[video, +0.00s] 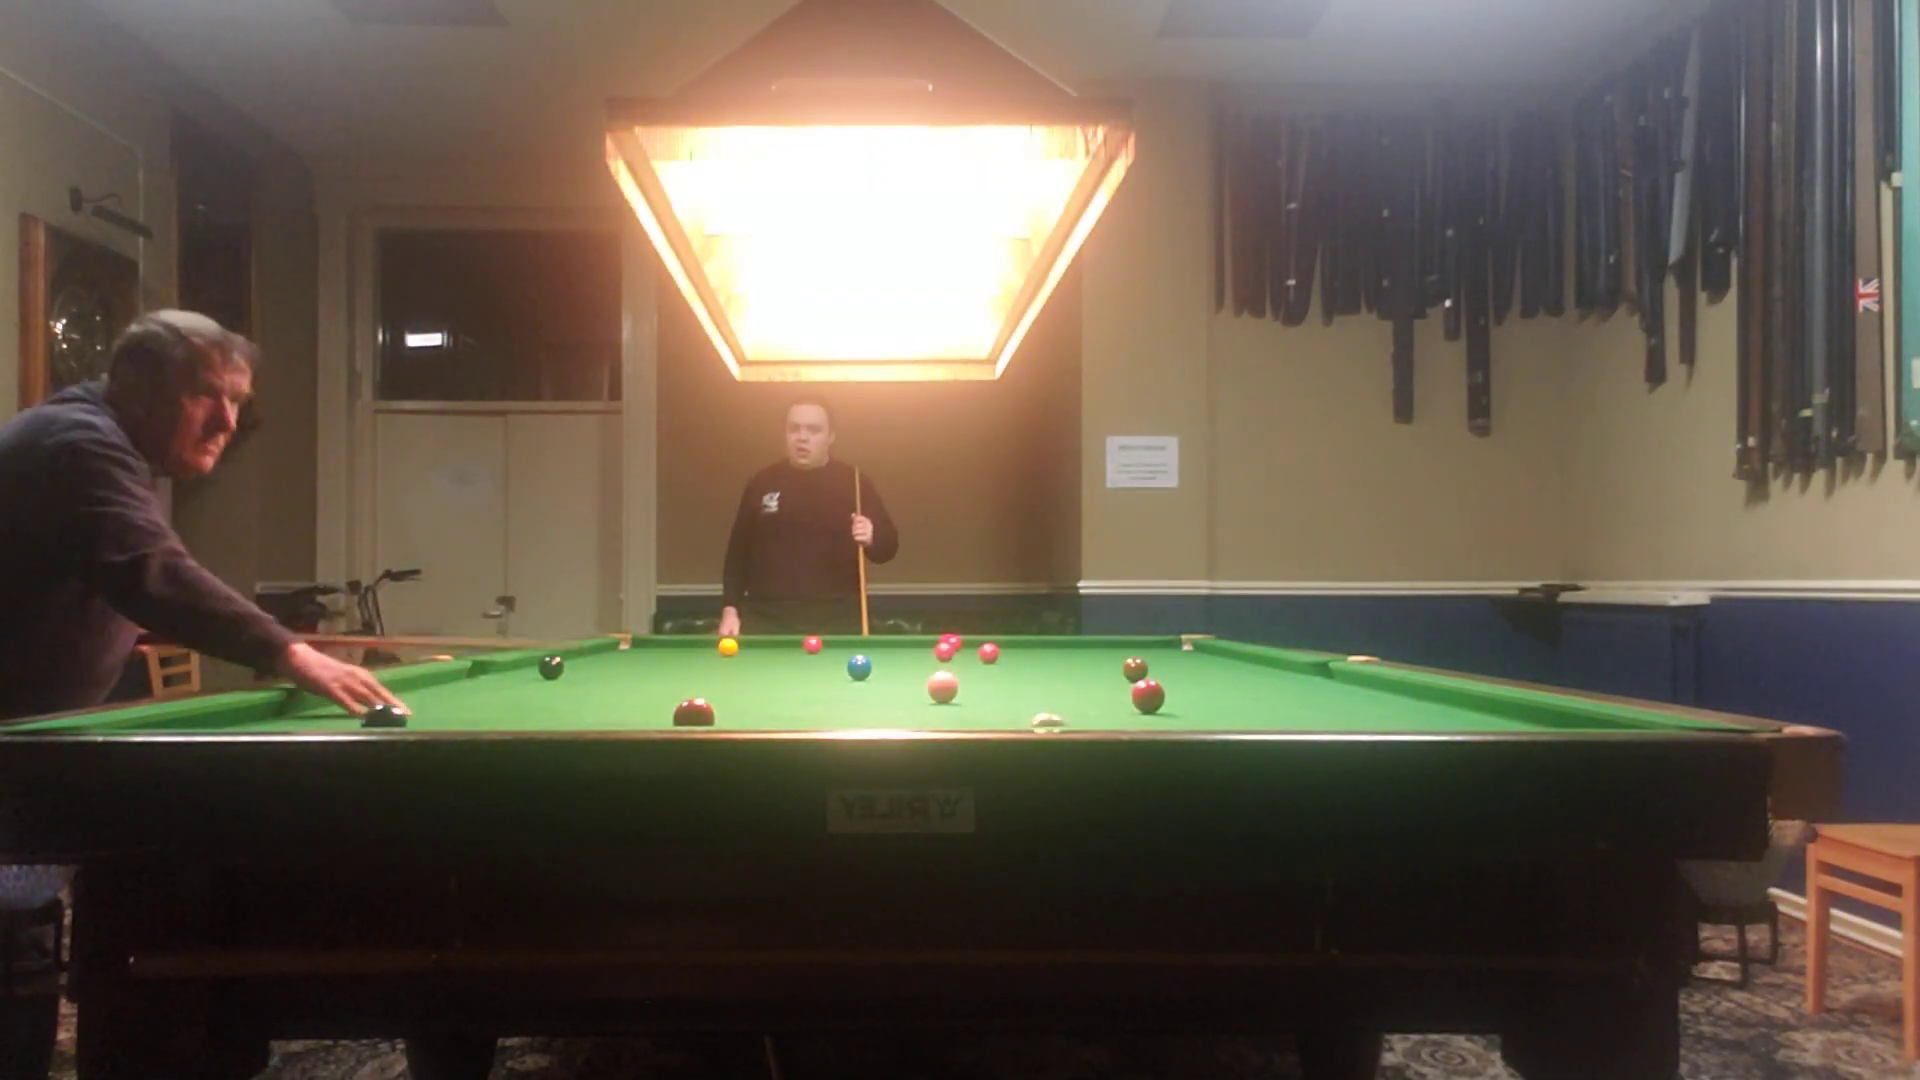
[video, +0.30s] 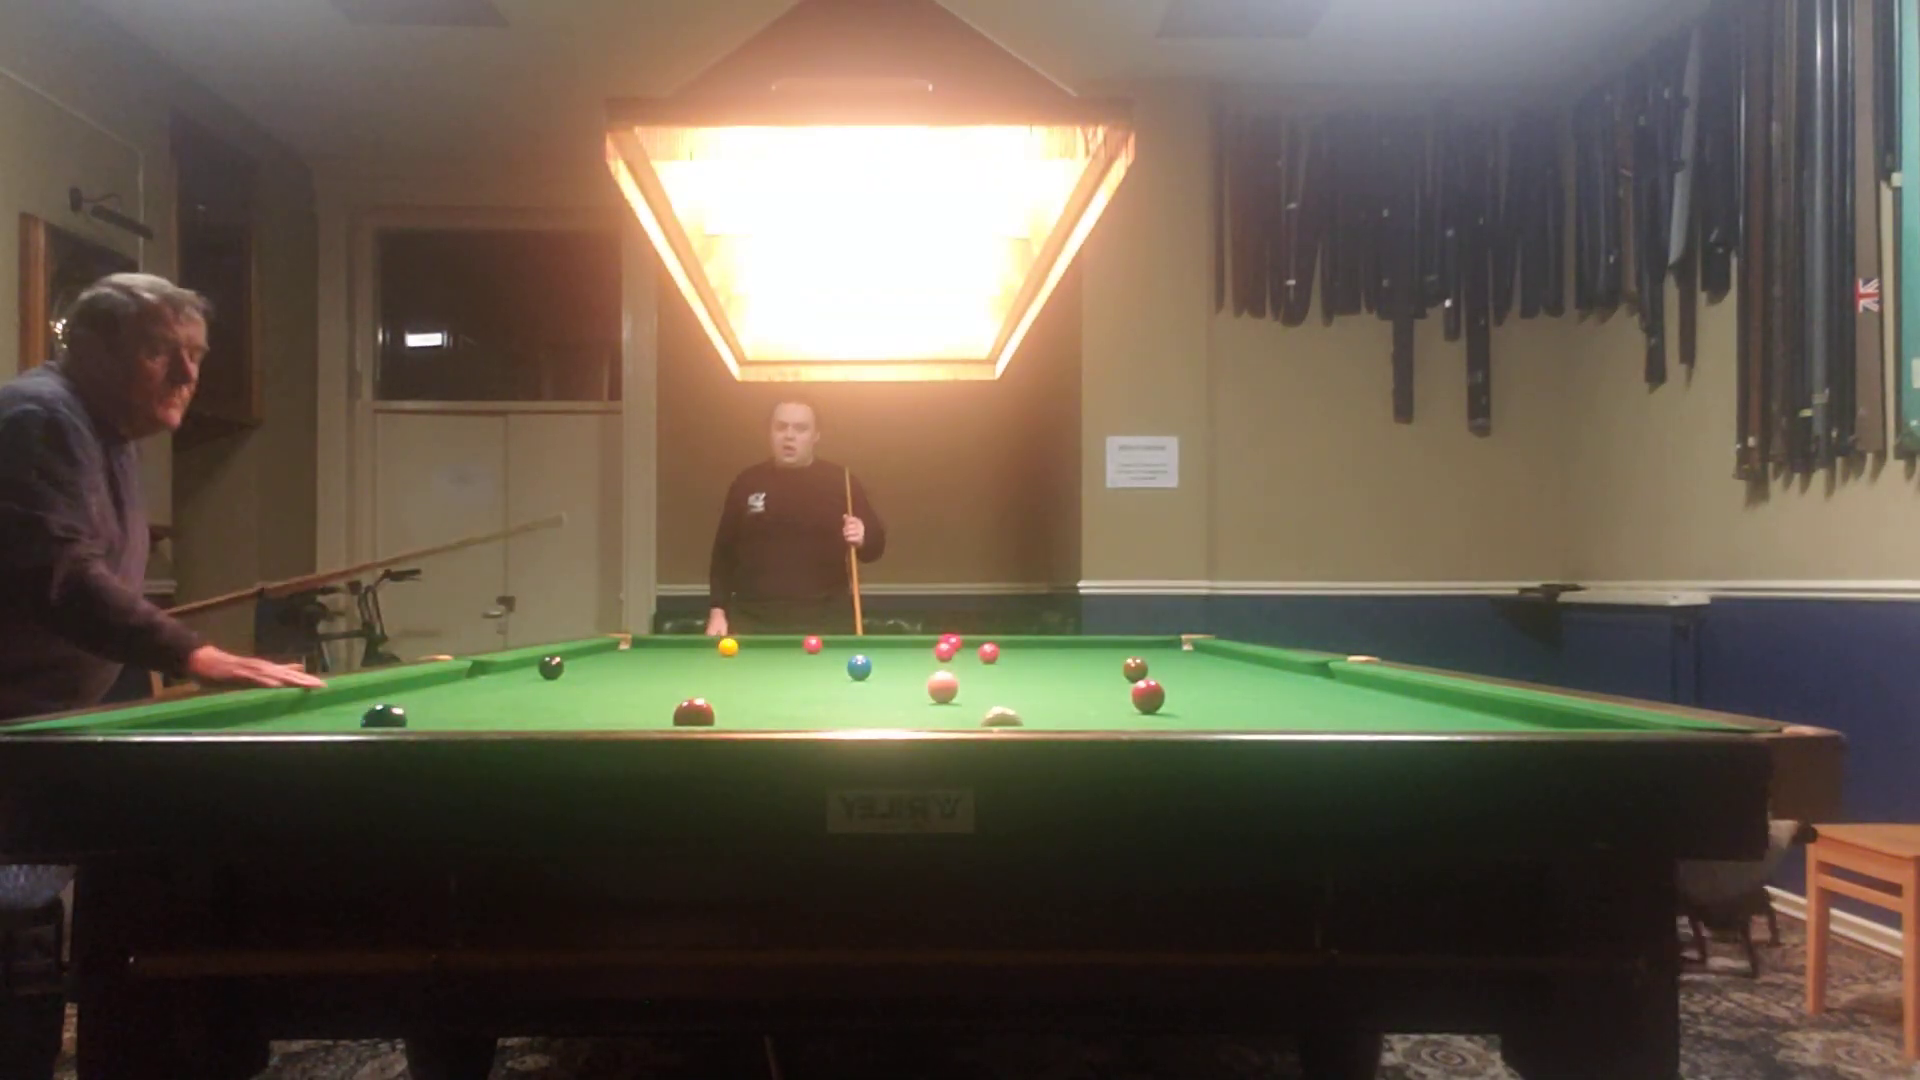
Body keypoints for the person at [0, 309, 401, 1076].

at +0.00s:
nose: (226, 420)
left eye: (236, 403)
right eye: (207, 396)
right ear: (144, 386)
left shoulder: (109, 440)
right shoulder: (86, 445)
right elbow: (154, 575)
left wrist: (120, 632)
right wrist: (296, 654)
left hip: (41, 745)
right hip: (16, 751)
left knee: (30, 945)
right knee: (24, 953)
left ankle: (27, 1061)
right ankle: (25, 1064)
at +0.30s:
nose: (187, 384)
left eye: (194, 366)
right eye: (172, 361)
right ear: (108, 352)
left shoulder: (99, 429)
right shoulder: (40, 415)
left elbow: (105, 578)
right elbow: (63, 576)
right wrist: (194, 652)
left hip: (76, 733)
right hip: (22, 735)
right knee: (28, 937)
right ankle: (29, 1065)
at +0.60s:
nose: (157, 362)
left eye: (162, 347)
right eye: (139, 342)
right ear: (71, 339)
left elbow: (99, 569)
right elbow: (35, 561)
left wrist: (147, 656)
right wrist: (164, 649)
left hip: (79, 720)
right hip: (16, 723)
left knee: (62, 917)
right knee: (25, 922)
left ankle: (61, 1055)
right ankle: (31, 1060)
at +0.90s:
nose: (137, 341)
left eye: (136, 322)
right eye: (112, 319)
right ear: (38, 324)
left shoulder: (63, 422)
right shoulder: (10, 413)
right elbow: (21, 567)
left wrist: (109, 611)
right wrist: (154, 656)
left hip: (54, 710)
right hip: (12, 719)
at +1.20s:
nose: (103, 322)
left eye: (103, 300)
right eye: (76, 297)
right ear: (14, 303)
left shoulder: (30, 405)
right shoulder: (10, 407)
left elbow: (28, 544)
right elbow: (5, 571)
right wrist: (117, 665)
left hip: (49, 700)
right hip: (14, 707)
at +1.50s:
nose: (80, 333)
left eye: (87, 313)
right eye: (51, 309)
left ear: (93, 316)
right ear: (2, 315)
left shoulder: (32, 423)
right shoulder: (18, 426)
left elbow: (26, 574)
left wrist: (58, 618)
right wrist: (46, 627)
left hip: (15, 700)